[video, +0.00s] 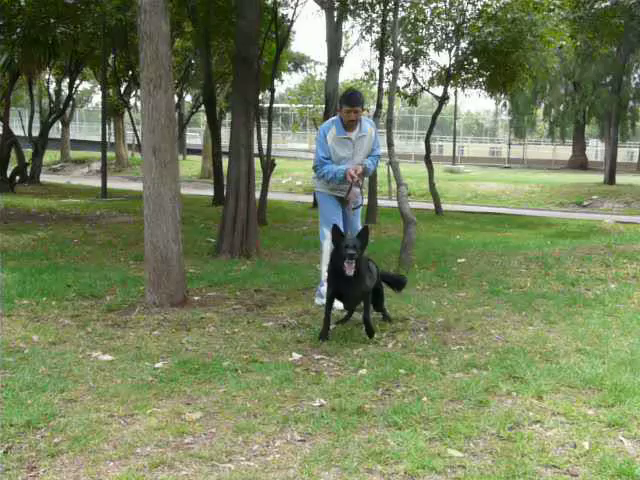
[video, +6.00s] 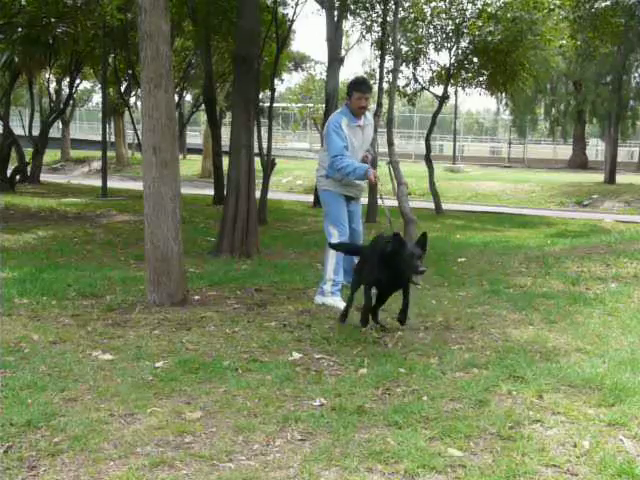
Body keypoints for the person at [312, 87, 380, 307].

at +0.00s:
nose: (352, 117)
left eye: (357, 112)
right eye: (348, 112)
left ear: (362, 110)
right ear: (340, 110)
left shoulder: (369, 128)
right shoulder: (326, 130)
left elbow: (375, 156)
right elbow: (320, 167)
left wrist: (364, 168)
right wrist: (345, 171)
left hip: (355, 192)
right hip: (328, 191)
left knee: (354, 238)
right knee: (332, 238)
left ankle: (351, 288)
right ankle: (325, 288)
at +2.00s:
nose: (347, 113)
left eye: (351, 108)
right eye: (342, 108)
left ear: (356, 107)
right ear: (332, 108)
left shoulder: (363, 127)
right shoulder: (320, 129)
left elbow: (371, 155)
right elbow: (312, 164)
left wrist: (356, 168)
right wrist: (334, 173)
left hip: (352, 190)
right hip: (326, 190)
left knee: (354, 235)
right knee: (336, 234)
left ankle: (352, 288)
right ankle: (330, 289)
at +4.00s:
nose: (350, 101)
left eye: (353, 96)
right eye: (345, 97)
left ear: (358, 96)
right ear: (336, 96)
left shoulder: (365, 117)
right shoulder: (326, 120)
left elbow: (373, 145)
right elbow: (324, 155)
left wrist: (369, 155)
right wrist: (345, 164)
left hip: (358, 186)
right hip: (333, 185)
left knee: (355, 235)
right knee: (337, 235)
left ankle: (353, 274)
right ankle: (330, 287)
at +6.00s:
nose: (364, 104)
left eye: (367, 99)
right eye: (359, 99)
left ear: (370, 100)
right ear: (348, 98)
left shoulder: (368, 121)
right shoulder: (336, 123)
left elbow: (364, 149)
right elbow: (337, 162)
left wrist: (367, 156)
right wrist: (364, 171)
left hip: (353, 185)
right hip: (332, 184)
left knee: (355, 236)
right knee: (339, 235)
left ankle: (347, 282)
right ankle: (329, 291)